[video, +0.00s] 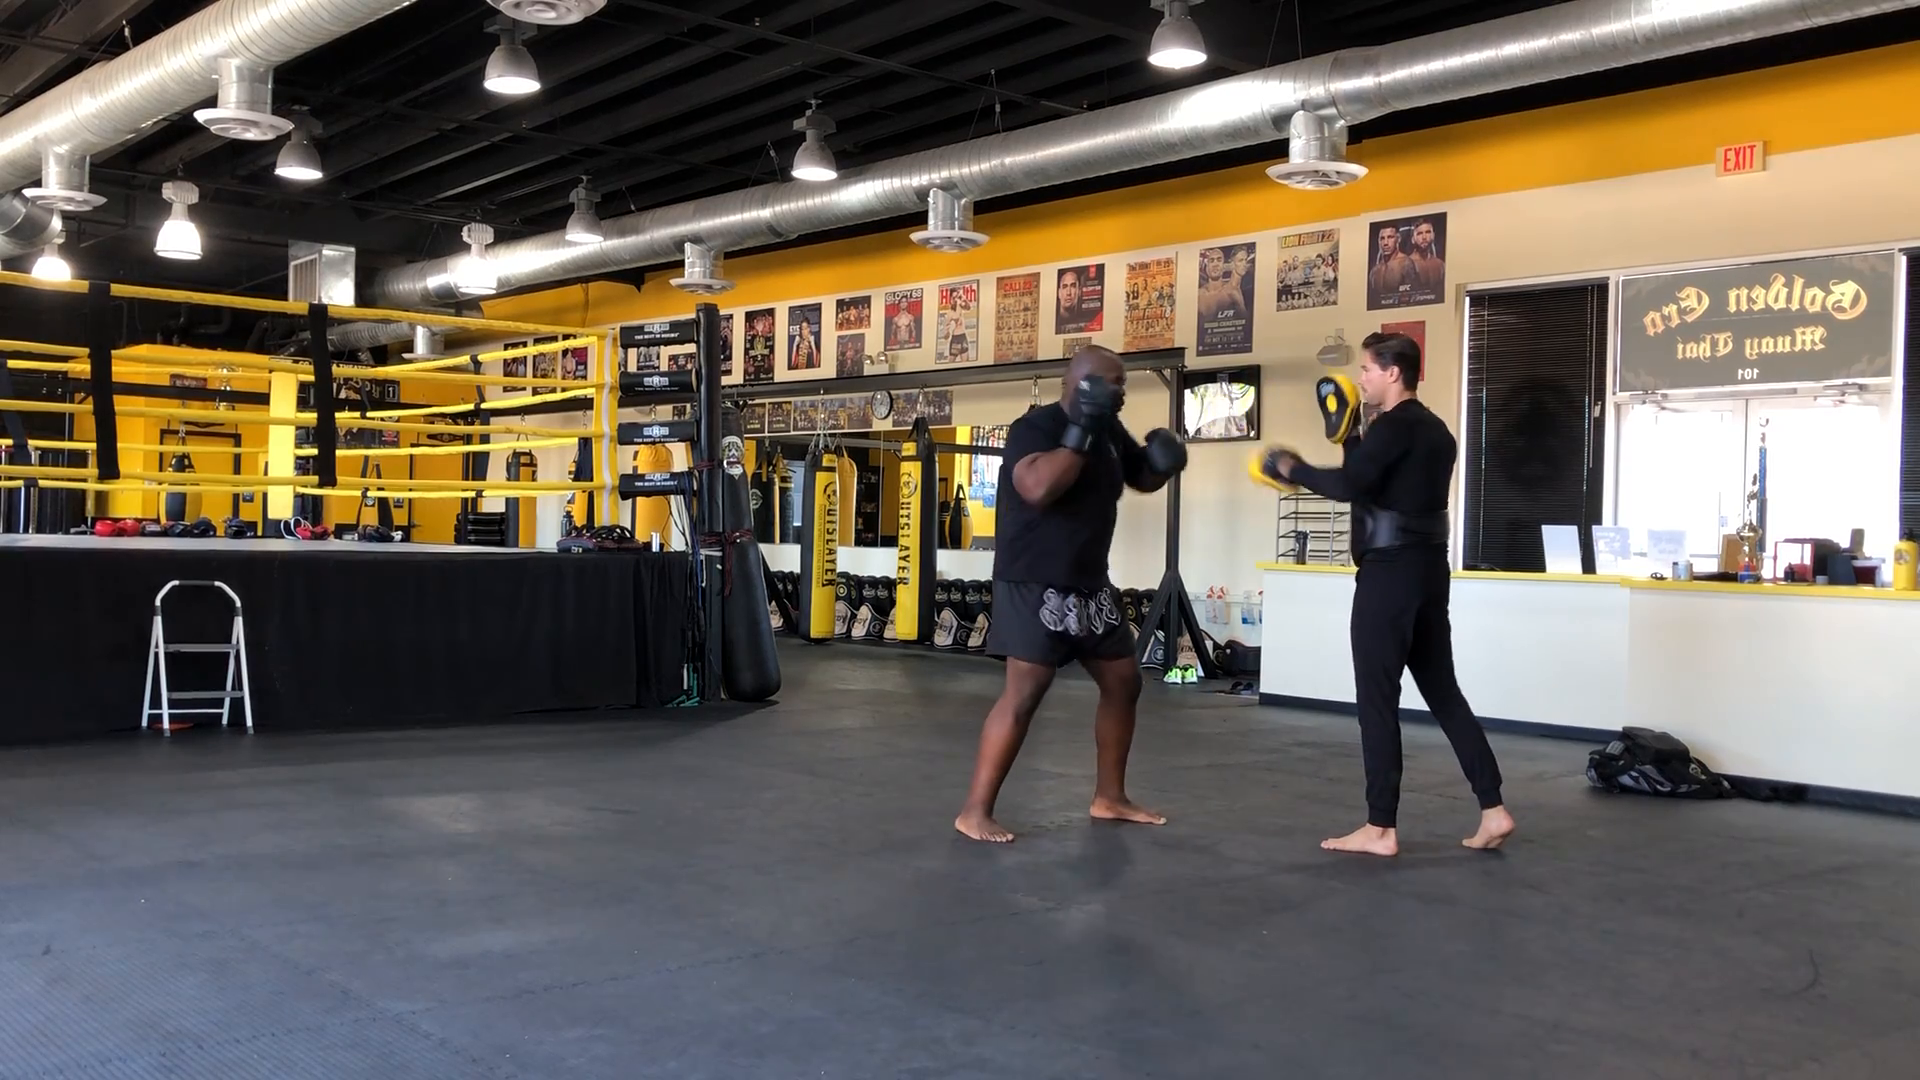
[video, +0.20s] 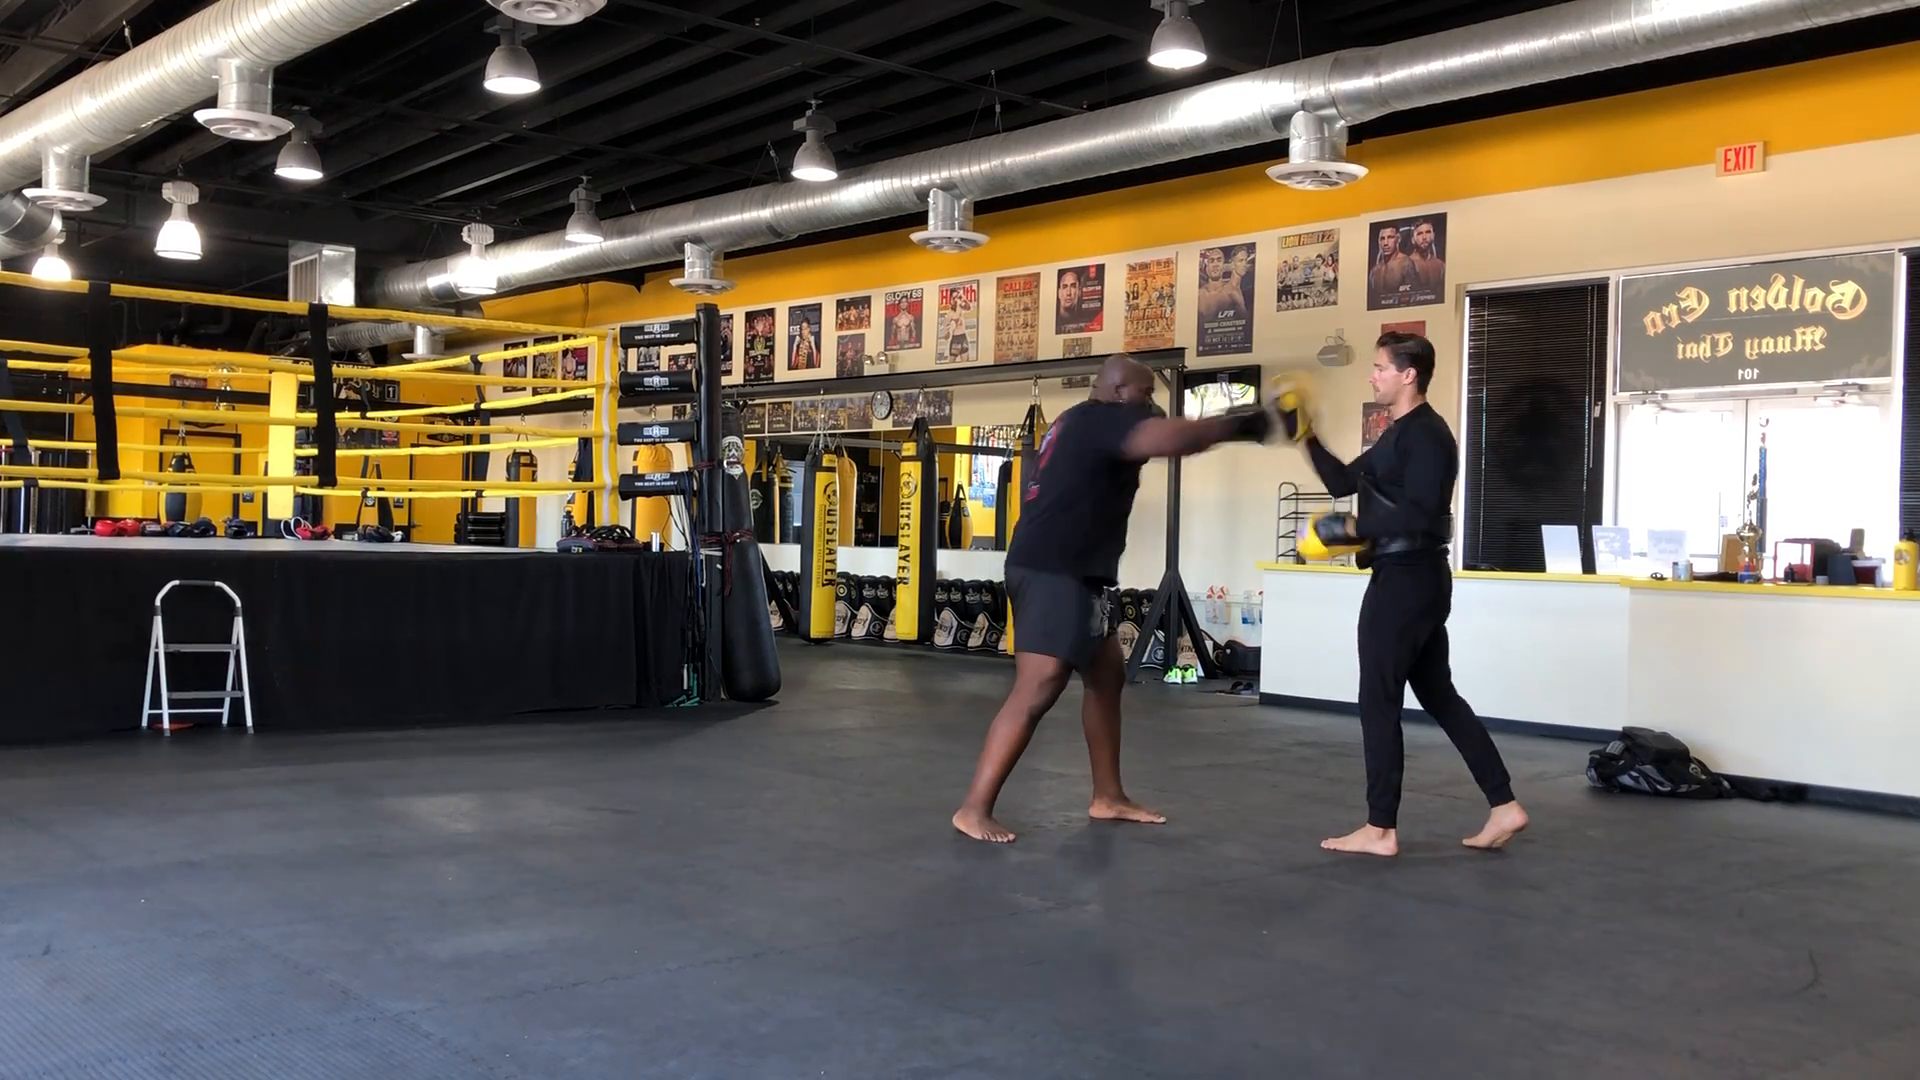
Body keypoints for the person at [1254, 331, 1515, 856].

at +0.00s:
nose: (1361, 378)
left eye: (1367, 369)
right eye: (1362, 369)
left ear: (1393, 373)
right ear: (1403, 375)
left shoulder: (1393, 425)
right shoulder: (1438, 432)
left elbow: (1352, 483)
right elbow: (1383, 492)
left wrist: (1295, 471)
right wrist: (1351, 441)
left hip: (1387, 575)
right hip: (1429, 573)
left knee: (1376, 702)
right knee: (1443, 692)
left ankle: (1380, 828)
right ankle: (1494, 810)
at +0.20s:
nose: (1372, 377)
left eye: (1381, 369)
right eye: (1374, 368)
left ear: (1409, 376)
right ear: (1405, 377)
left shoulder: (1424, 434)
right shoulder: (1401, 433)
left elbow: (1419, 514)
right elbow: (1340, 481)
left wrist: (1354, 527)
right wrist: (1305, 433)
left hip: (1402, 581)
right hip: (1419, 579)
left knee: (1377, 703)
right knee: (1439, 697)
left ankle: (1380, 828)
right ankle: (1505, 806)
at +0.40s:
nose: (1404, 381)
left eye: (1411, 373)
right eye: (1404, 373)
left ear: (1439, 376)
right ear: (1441, 377)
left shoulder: (1445, 434)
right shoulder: (1462, 430)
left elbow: (1430, 512)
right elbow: (1414, 492)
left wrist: (1369, 559)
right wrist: (1370, 450)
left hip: (1419, 584)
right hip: (1452, 584)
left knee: (1387, 702)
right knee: (1463, 699)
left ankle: (1380, 828)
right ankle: (1512, 818)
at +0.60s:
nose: (1435, 388)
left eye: (1442, 378)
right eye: (1435, 379)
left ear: (1471, 381)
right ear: (1476, 382)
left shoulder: (1463, 435)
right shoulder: (1508, 437)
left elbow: (1445, 514)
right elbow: (1475, 500)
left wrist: (1401, 582)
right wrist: (1433, 455)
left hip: (1449, 586)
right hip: (1492, 586)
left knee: (1405, 701)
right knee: (1502, 707)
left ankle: (1384, 826)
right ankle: (1518, 830)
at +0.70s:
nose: (1444, 386)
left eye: (1451, 377)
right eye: (1445, 377)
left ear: (1479, 380)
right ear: (1485, 381)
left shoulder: (1473, 433)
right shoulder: (1519, 435)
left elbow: (1461, 510)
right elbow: (1515, 515)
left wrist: (1426, 580)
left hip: (1465, 587)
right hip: (1507, 588)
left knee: (1417, 699)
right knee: (1515, 710)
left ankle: (1392, 825)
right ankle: (1519, 831)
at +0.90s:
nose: (1456, 386)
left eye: (1462, 376)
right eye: (1457, 377)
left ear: (1491, 379)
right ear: (1497, 380)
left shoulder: (1488, 432)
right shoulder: (1542, 439)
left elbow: (1479, 509)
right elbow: (1563, 525)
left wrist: (1451, 580)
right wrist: (1523, 560)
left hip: (1481, 585)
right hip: (1526, 589)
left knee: (1436, 699)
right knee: (1524, 708)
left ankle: (1464, 825)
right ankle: (1521, 830)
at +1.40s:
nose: (1465, 384)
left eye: (1470, 375)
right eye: (1465, 374)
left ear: (1497, 377)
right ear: (1504, 378)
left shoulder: (1498, 432)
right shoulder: (1557, 428)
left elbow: (1485, 516)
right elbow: (1590, 509)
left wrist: (1450, 584)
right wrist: (1551, 544)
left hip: (1514, 575)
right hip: (1559, 574)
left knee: (1518, 709)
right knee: (1524, 705)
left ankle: (1529, 845)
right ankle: (1523, 823)